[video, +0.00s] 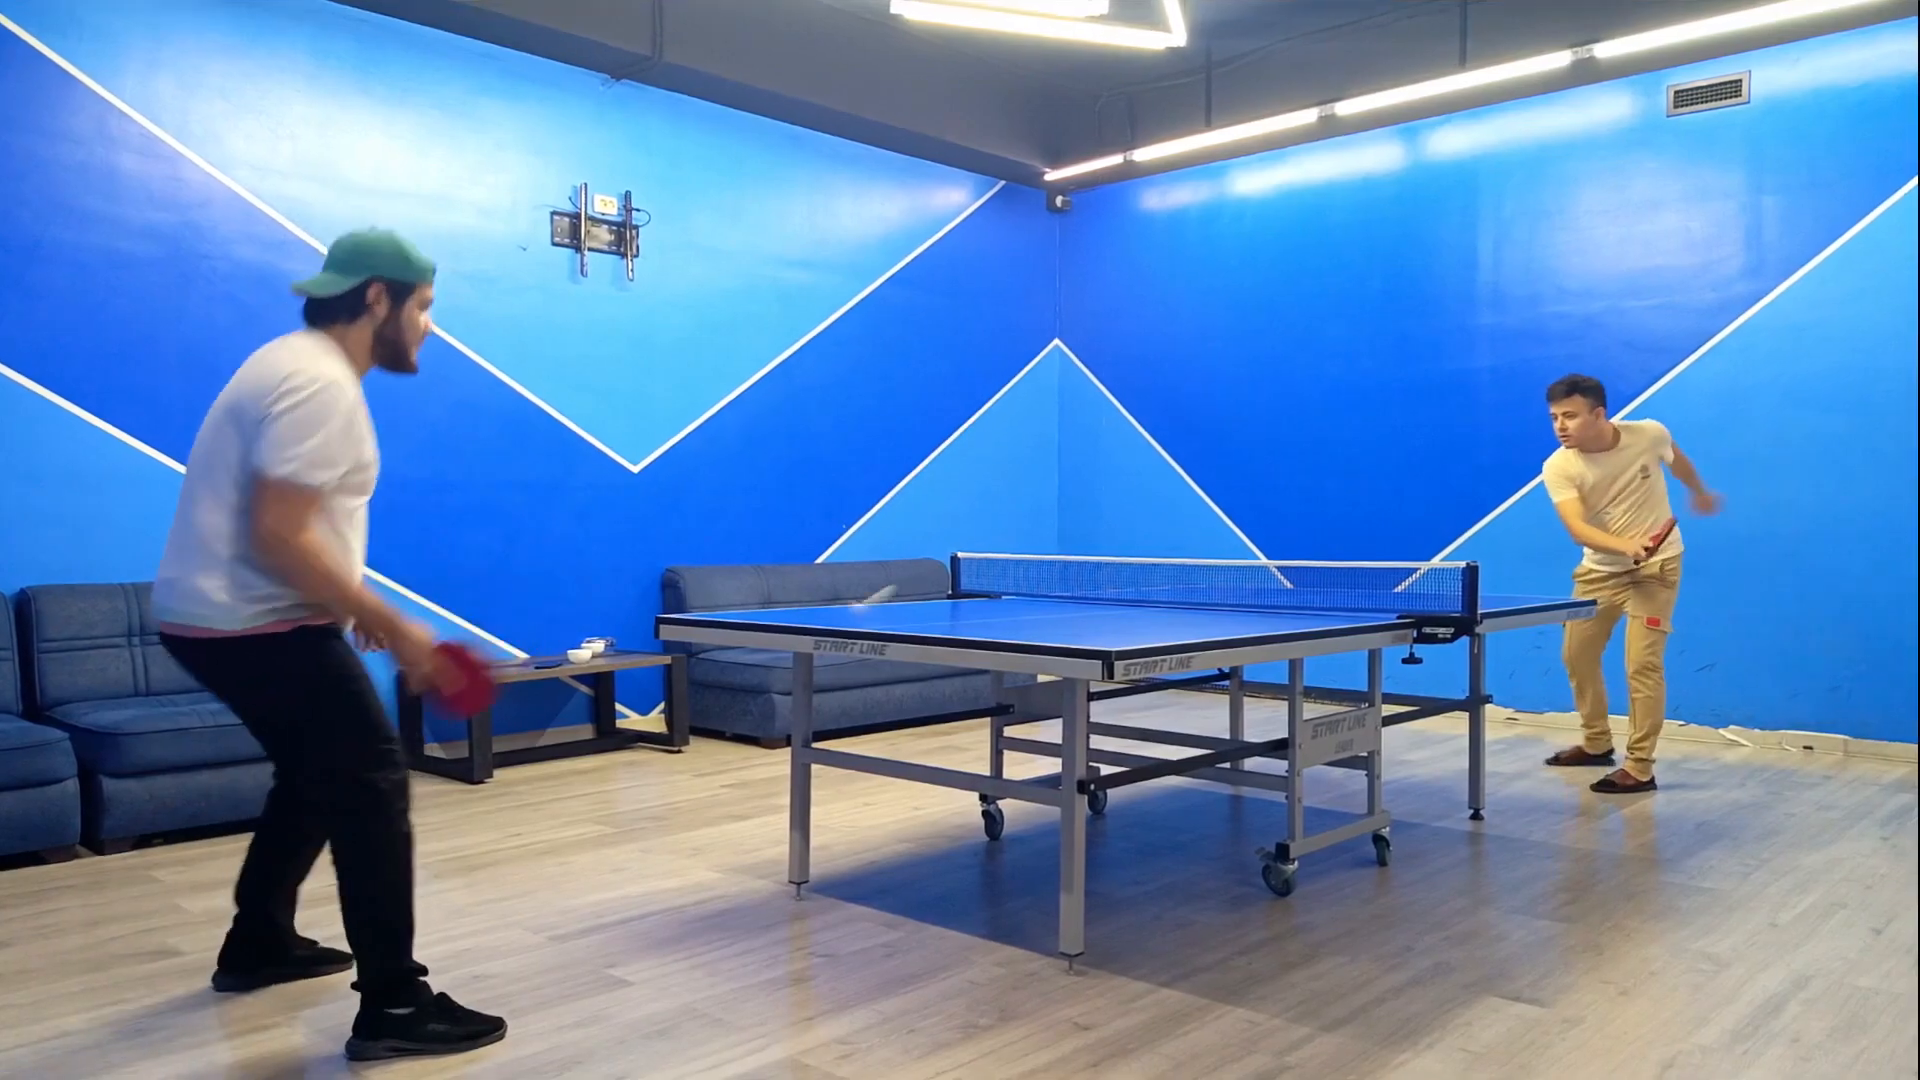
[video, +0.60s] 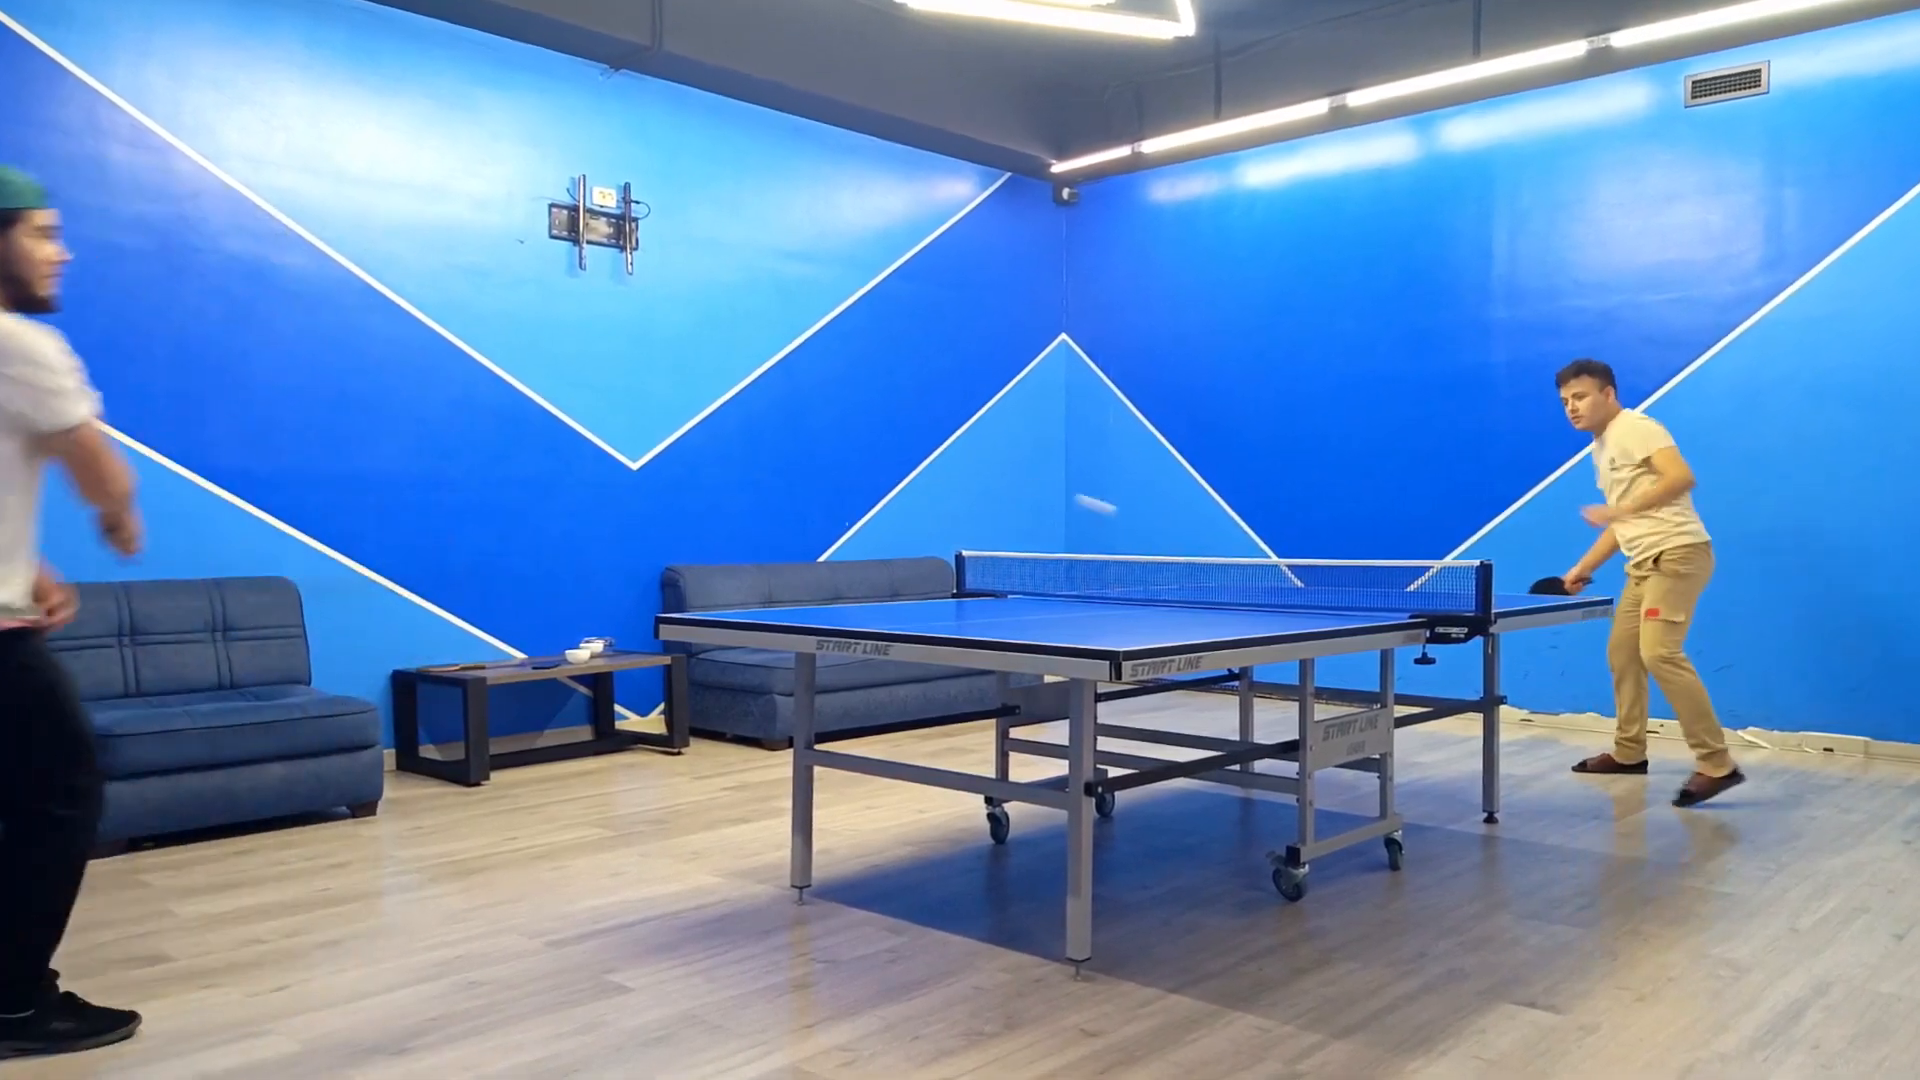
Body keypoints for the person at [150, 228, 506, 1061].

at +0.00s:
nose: (429, 325)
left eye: (430, 308)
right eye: (423, 307)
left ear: (364, 302)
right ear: (378, 301)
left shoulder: (293, 364)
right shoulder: (320, 384)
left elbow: (277, 521)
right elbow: (281, 535)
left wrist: (345, 603)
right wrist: (398, 631)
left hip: (223, 614)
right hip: (255, 621)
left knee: (316, 770)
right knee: (373, 777)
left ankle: (258, 942)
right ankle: (394, 999)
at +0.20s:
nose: (344, 335)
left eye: (343, 318)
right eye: (332, 317)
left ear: (283, 318)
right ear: (276, 316)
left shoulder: (266, 398)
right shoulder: (215, 415)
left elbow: (294, 541)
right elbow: (255, 575)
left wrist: (383, 590)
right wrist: (398, 590)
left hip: (228, 616)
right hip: (166, 632)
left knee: (307, 752)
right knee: (312, 757)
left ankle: (256, 950)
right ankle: (327, 999)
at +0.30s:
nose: (284, 296)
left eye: (283, 278)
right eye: (271, 276)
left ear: (212, 277)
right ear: (215, 273)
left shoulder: (129, 340)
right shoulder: (190, 382)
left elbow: (165, 441)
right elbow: (298, 507)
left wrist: (244, 507)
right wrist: (425, 546)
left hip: (103, 594)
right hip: (124, 607)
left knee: (243, 741)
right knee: (244, 745)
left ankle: (253, 939)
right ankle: (192, 978)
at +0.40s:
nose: (210, 257)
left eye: (209, 240)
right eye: (197, 239)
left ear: (131, 242)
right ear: (139, 237)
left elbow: (57, 438)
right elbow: (258, 455)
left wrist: (150, 497)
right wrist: (328, 508)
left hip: (25, 598)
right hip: (94, 608)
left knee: (123, 776)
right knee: (137, 782)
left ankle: (205, 932)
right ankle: (39, 981)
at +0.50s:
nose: (136, 247)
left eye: (134, 230)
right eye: (120, 229)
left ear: (53, 234)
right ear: (59, 231)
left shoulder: (14, 312)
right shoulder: (90, 336)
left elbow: (25, 452)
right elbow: (177, 457)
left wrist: (90, 530)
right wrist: (205, 503)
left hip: (15, 616)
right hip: (40, 624)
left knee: (32, 788)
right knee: (94, 777)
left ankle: (25, 987)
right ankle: (25, 996)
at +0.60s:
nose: (59, 250)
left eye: (56, 234)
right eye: (41, 234)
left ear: (16, 248)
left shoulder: (10, 340)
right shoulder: (25, 348)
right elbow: (103, 476)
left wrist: (26, 570)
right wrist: (120, 519)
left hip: (9, 622)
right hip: (5, 627)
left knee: (41, 790)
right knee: (64, 787)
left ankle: (15, 992)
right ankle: (18, 996)